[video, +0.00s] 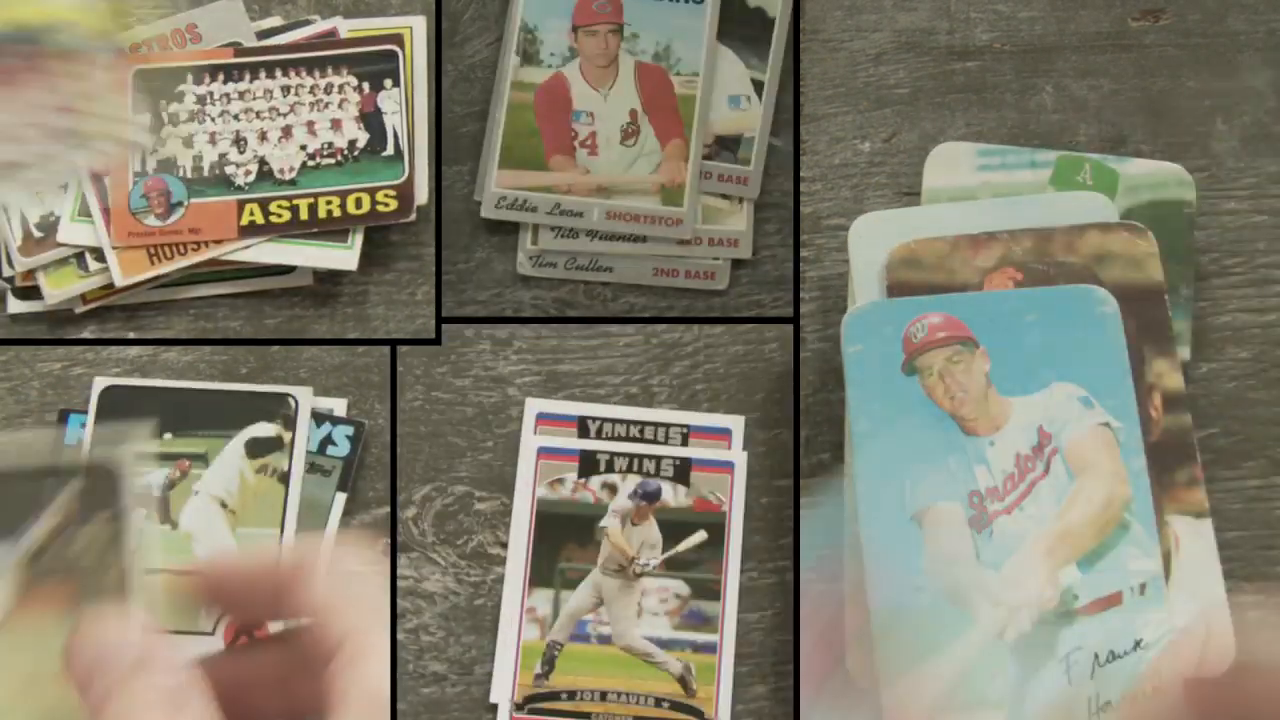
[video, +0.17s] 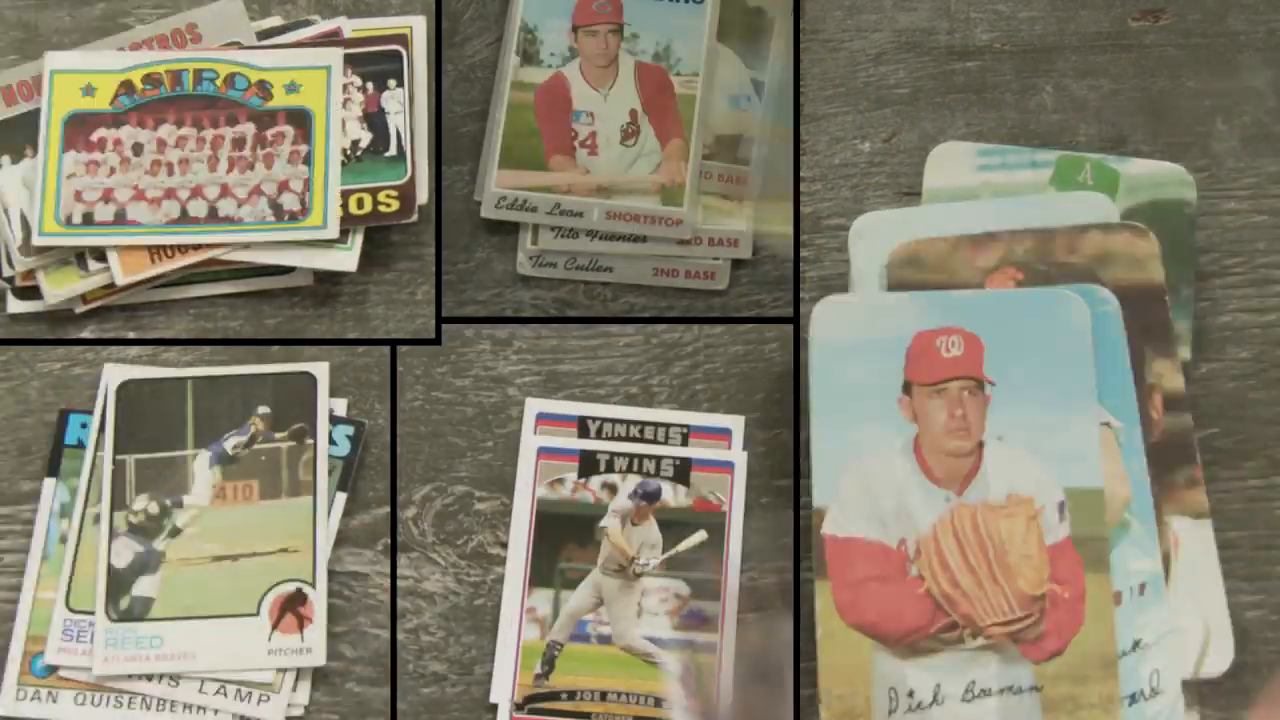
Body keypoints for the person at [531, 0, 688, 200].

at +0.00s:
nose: (603, 44)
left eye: (612, 33)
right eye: (591, 34)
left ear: (621, 36)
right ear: (573, 38)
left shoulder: (652, 78)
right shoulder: (554, 90)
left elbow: (674, 138)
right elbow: (558, 155)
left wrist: (673, 161)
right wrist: (576, 177)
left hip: (641, 198)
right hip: (584, 198)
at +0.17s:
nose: (603, 45)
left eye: (612, 33)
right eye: (592, 34)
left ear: (621, 36)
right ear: (573, 38)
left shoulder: (652, 78)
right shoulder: (553, 91)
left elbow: (674, 138)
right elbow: (558, 155)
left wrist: (673, 162)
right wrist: (575, 177)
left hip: (641, 200)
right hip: (584, 200)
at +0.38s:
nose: (674, 58)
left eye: (679, 53)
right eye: (669, 52)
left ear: (682, 56)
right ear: (658, 51)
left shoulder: (682, 86)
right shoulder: (629, 73)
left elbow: (677, 123)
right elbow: (598, 106)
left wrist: (690, 130)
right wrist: (618, 139)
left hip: (649, 134)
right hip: (620, 133)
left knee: (648, 186)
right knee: (629, 189)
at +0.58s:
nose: (655, 139)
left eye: (666, 128)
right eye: (649, 129)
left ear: (692, 129)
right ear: (644, 133)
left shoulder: (732, 165)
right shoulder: (638, 180)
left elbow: (771, 224)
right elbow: (623, 238)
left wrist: (745, 262)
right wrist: (594, 263)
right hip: (686, 275)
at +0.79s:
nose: (656, 140)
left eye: (666, 128)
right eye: (649, 130)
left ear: (691, 128)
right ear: (643, 133)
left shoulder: (725, 165)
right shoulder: (638, 180)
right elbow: (622, 241)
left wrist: (744, 262)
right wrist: (593, 262)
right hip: (686, 272)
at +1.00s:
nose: (637, 136)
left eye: (645, 129)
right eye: (630, 129)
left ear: (652, 130)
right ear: (616, 131)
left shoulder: (677, 153)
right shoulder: (598, 158)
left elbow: (700, 209)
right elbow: (582, 223)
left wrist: (694, 233)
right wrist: (600, 221)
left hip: (662, 204)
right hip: (616, 202)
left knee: (653, 274)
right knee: (584, 273)